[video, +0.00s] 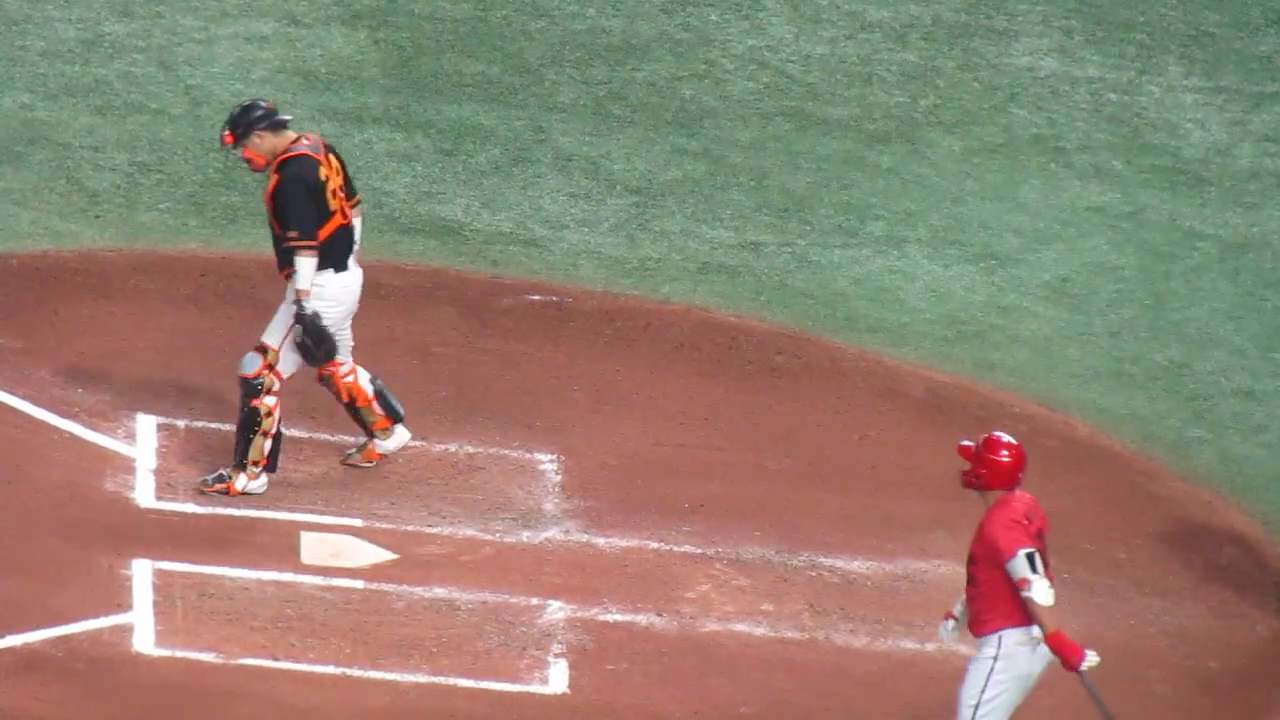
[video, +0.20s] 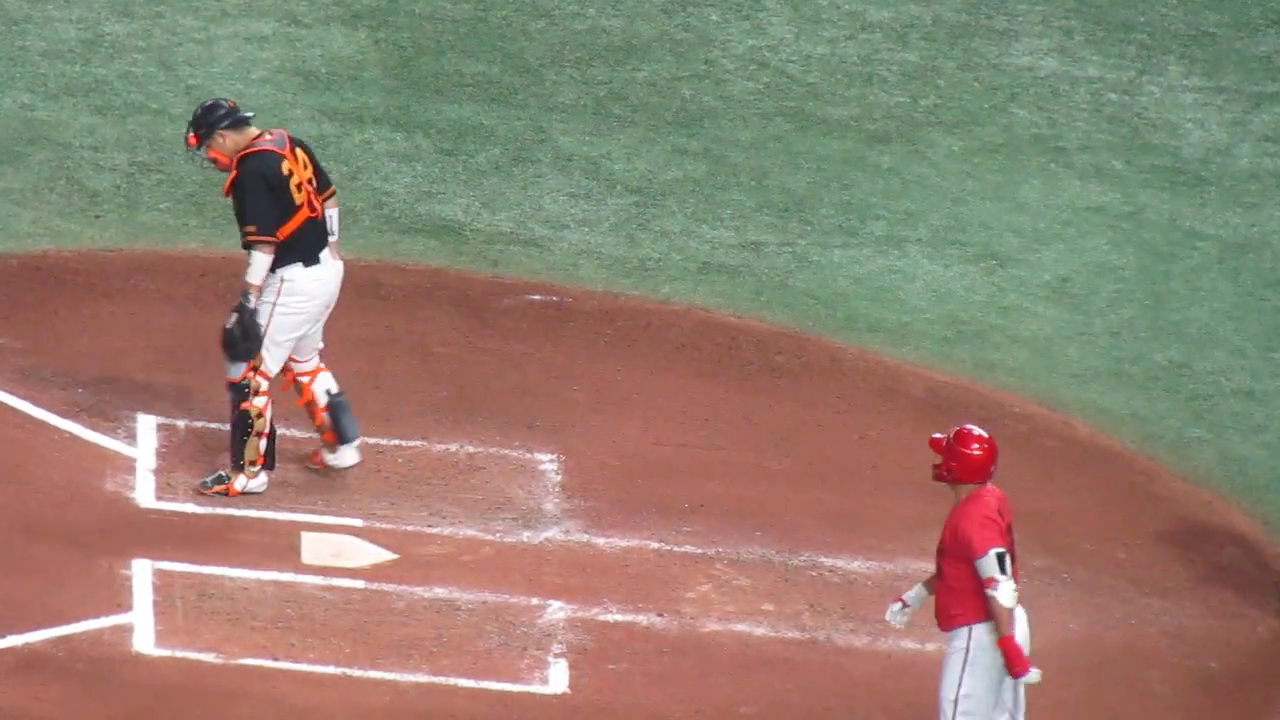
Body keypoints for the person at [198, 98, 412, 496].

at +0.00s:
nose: (245, 157)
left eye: (245, 147)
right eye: (241, 150)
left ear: (264, 135)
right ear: (268, 132)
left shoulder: (293, 174)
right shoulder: (317, 147)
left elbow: (304, 247)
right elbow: (352, 208)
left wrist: (302, 305)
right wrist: (348, 259)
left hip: (321, 284)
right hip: (343, 276)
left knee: (260, 369)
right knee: (335, 367)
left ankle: (251, 472)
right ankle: (387, 431)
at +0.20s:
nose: (212, 157)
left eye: (209, 148)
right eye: (207, 151)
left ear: (224, 135)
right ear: (235, 128)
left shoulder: (250, 171)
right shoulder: (286, 140)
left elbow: (263, 245)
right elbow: (328, 195)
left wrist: (245, 303)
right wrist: (329, 246)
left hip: (293, 279)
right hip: (325, 268)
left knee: (248, 365)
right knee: (303, 359)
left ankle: (248, 471)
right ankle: (342, 446)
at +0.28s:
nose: (203, 157)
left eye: (201, 147)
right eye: (198, 150)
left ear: (218, 133)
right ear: (229, 126)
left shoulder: (243, 166)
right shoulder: (281, 139)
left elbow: (250, 241)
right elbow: (321, 193)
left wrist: (227, 296)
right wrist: (324, 243)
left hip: (285, 277)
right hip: (319, 266)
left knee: (246, 370)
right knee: (293, 365)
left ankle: (246, 472)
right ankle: (310, 457)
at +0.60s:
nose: (198, 134)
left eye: (199, 123)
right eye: (195, 126)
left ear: (219, 114)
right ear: (227, 112)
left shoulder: (241, 155)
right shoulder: (271, 133)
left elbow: (232, 230)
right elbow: (303, 197)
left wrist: (197, 278)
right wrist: (291, 245)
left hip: (265, 271)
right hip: (285, 265)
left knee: (235, 365)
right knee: (231, 351)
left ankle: (247, 468)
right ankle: (262, 448)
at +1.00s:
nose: (214, 91)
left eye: (222, 86)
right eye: (215, 84)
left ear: (244, 94)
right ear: (234, 92)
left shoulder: (263, 138)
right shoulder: (230, 134)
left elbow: (272, 209)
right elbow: (240, 201)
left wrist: (260, 269)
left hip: (269, 257)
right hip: (242, 255)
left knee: (243, 360)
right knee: (221, 347)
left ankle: (251, 466)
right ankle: (243, 429)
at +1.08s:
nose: (214, 86)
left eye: (222, 81)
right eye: (215, 79)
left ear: (244, 88)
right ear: (231, 86)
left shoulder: (266, 135)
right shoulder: (229, 128)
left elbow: (282, 205)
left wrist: (277, 267)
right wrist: (218, 142)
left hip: (272, 252)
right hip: (243, 251)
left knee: (249, 356)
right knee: (222, 345)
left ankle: (253, 458)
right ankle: (242, 428)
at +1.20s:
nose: (219, 80)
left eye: (227, 75)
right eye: (220, 73)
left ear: (249, 82)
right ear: (233, 79)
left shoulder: (275, 130)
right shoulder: (223, 123)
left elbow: (295, 200)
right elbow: (238, 185)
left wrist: (297, 260)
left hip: (274, 248)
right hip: (242, 246)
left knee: (258, 345)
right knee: (228, 337)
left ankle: (274, 440)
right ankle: (242, 427)